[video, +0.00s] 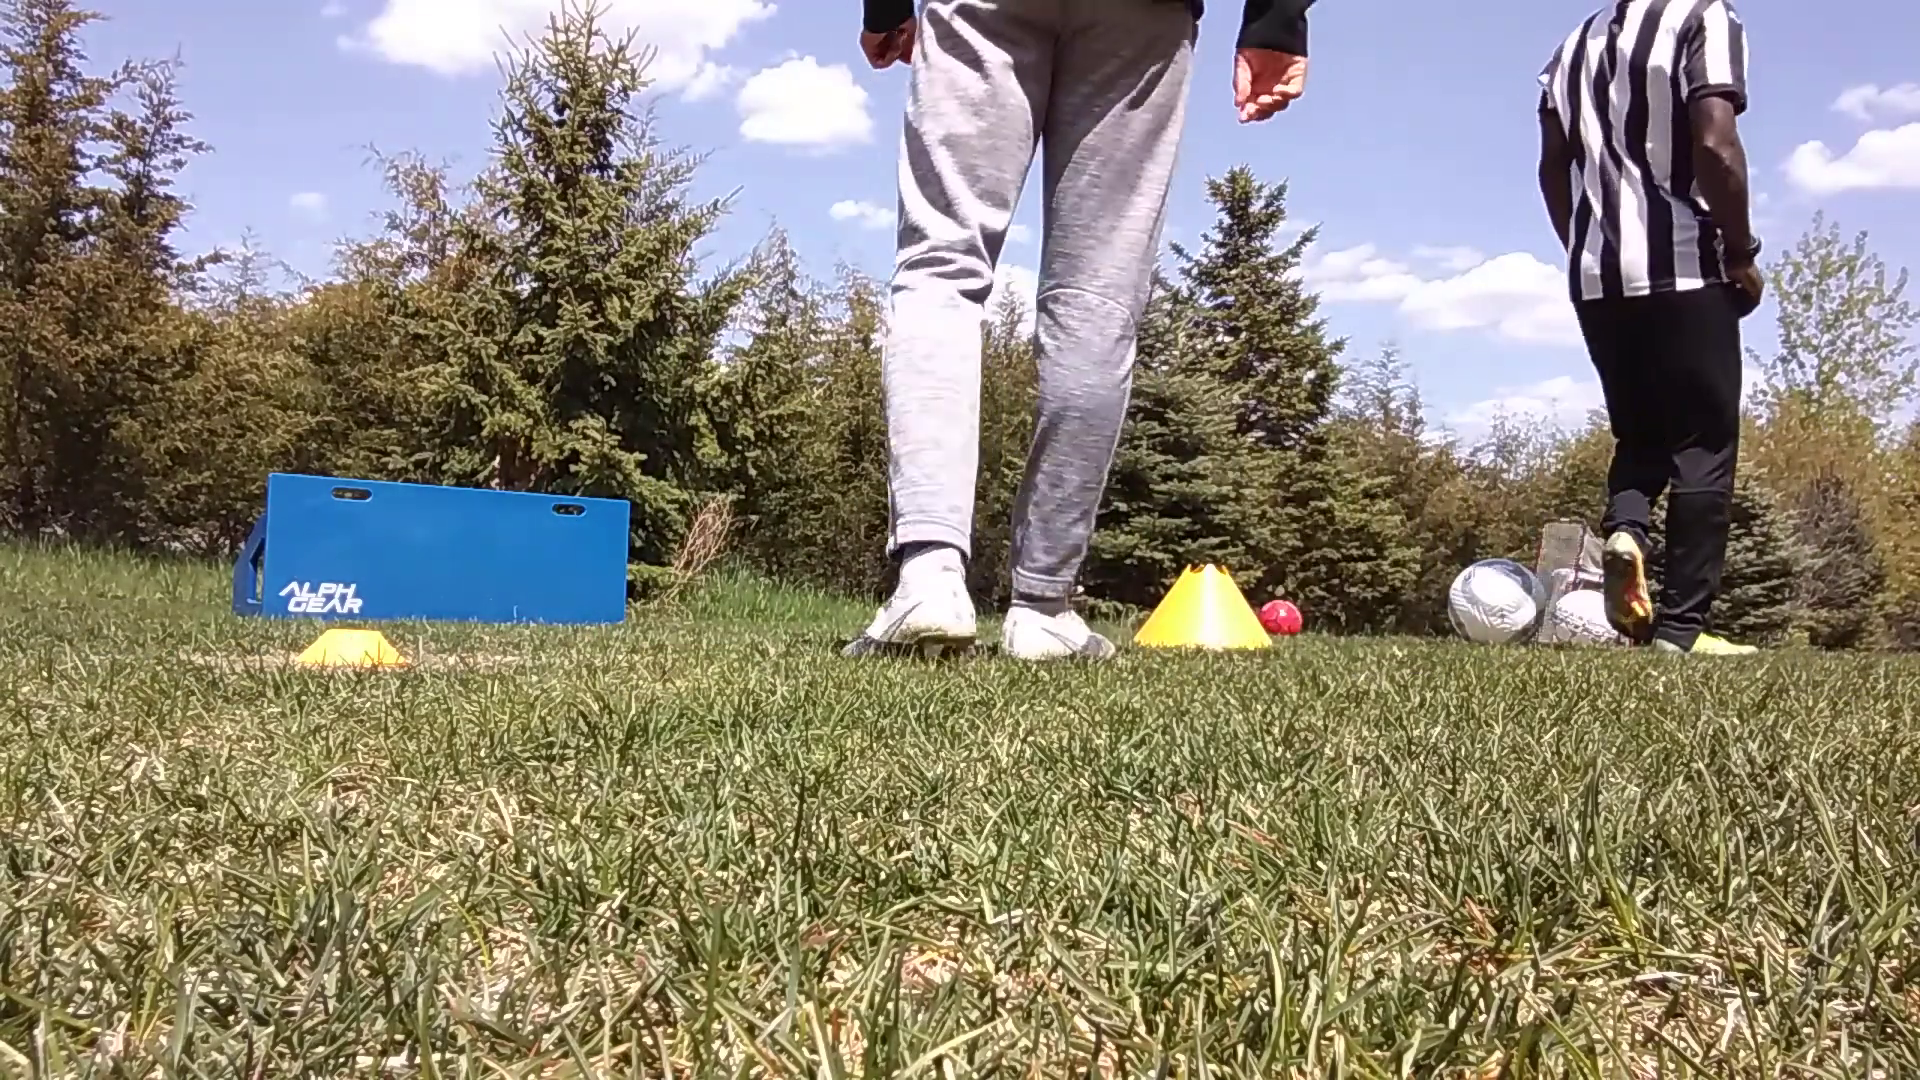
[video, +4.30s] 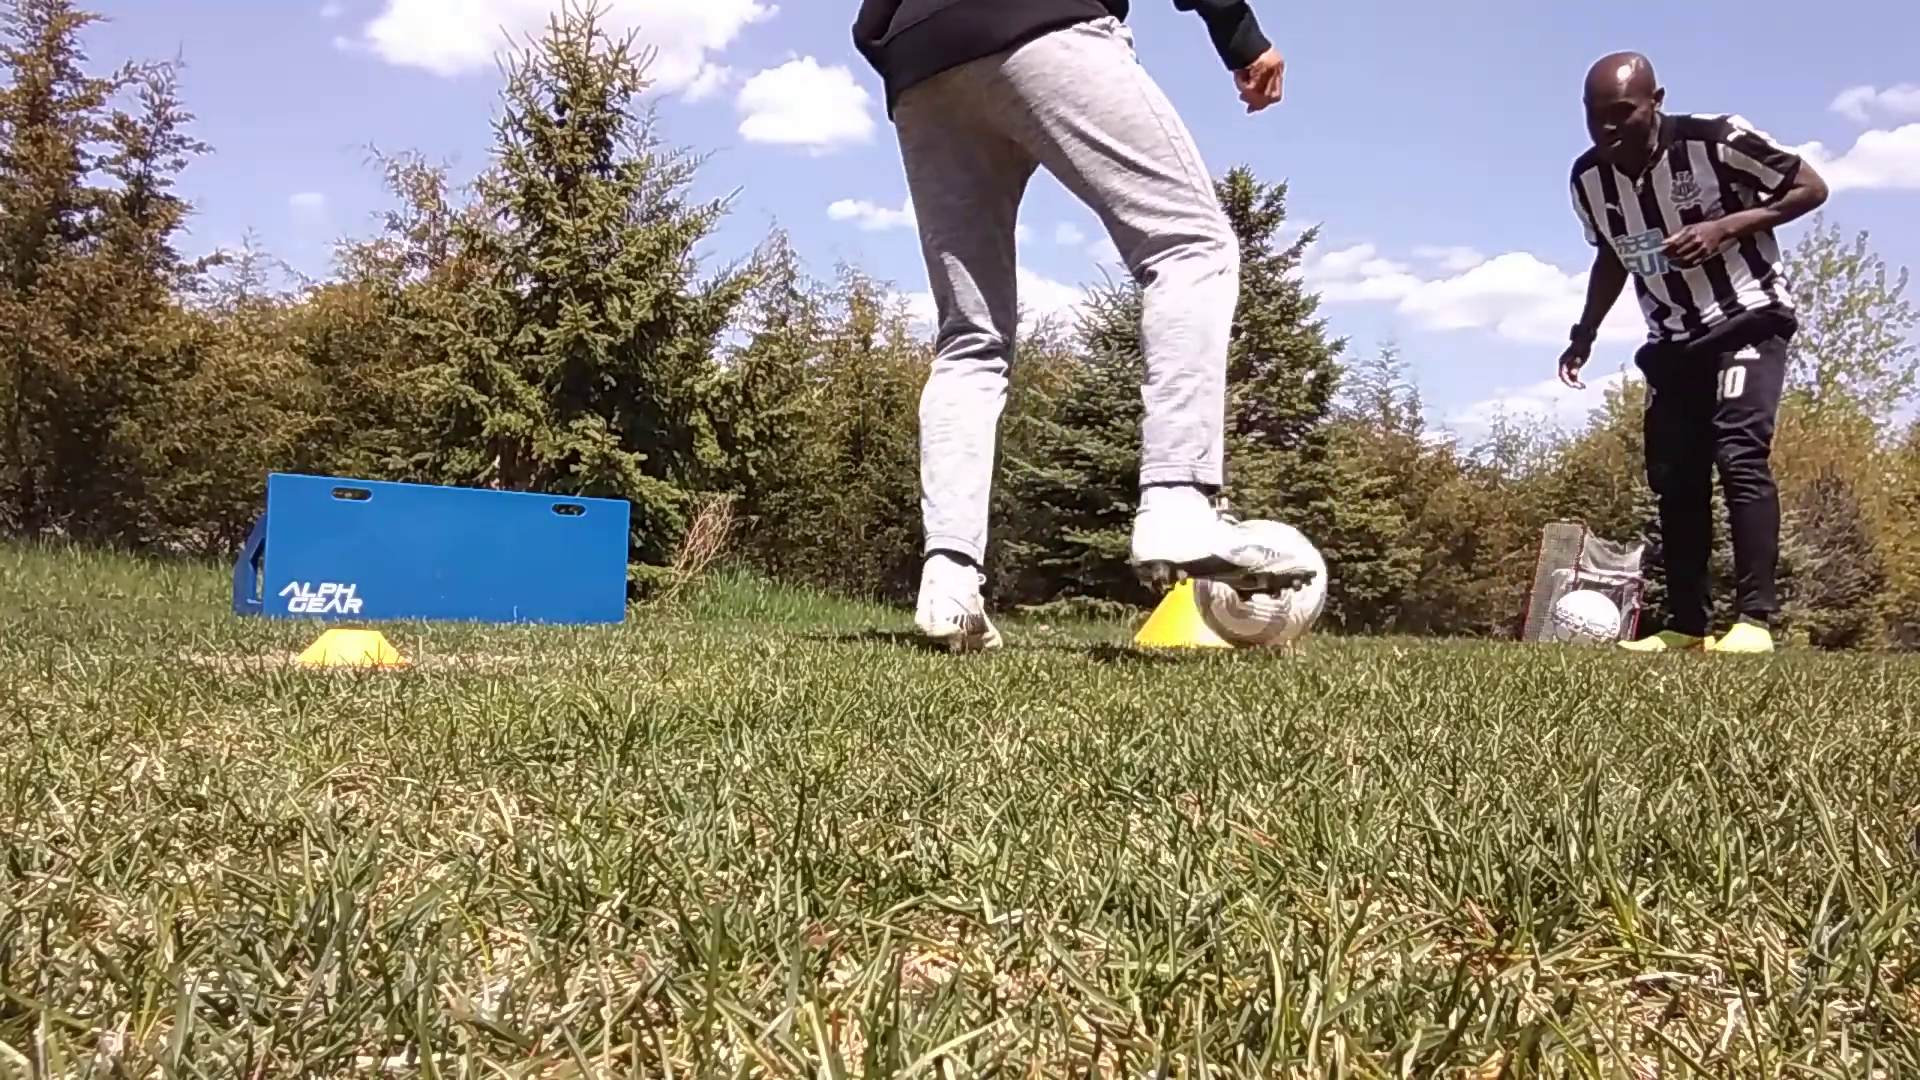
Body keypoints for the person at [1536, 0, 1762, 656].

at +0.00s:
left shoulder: (1570, 45)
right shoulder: (1705, 16)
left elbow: (1553, 172)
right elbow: (1713, 145)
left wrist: (1587, 252)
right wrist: (1741, 251)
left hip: (1597, 278)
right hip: (1683, 270)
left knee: (1639, 434)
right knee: (1707, 444)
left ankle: (1626, 532)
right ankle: (1683, 625)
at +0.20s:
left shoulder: (1649, 45)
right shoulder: (1669, 47)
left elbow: (1593, 167)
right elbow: (1627, 160)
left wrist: (1654, 246)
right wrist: (1692, 261)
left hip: (1634, 284)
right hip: (1653, 282)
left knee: (1684, 446)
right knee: (1695, 447)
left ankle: (1660, 602)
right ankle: (1678, 621)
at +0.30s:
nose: (1686, 11)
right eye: (1667, 2)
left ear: (1713, 9)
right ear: (1637, 12)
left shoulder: (1712, 96)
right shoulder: (1618, 85)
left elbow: (1682, 202)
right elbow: (1568, 194)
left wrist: (1703, 273)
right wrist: (1632, 280)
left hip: (1677, 302)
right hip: (1628, 302)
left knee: (1683, 450)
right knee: (1692, 442)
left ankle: (1658, 614)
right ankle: (1665, 617)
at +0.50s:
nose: (1629, 42)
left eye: (1644, 27)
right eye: (1617, 29)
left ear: (1676, 26)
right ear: (1601, 30)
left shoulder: (1715, 110)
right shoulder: (1565, 108)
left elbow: (1733, 198)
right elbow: (1496, 192)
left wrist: (1710, 272)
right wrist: (1537, 257)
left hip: (1667, 312)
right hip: (1586, 304)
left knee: (1673, 462)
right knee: (1628, 431)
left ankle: (1650, 613)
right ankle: (1614, 595)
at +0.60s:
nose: (1598, 49)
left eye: (1612, 35)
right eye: (1587, 37)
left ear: (1648, 33)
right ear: (1575, 40)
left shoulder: (1696, 109)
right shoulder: (1544, 116)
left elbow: (1726, 182)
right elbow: (1489, 189)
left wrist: (1701, 262)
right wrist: (1516, 261)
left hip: (1656, 313)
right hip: (1571, 311)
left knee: (1662, 468)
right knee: (1561, 457)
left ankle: (1646, 617)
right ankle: (1541, 602)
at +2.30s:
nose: (1593, 125)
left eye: (1605, 109)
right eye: (1585, 110)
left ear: (1646, 89)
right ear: (1578, 102)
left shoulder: (1718, 133)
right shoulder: (1576, 156)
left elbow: (1806, 198)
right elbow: (1586, 233)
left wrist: (1721, 219)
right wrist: (1558, 314)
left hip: (1727, 318)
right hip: (1646, 325)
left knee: (1718, 450)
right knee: (1600, 450)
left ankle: (1734, 624)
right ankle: (1595, 608)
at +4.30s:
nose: (1606, 131)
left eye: (1620, 115)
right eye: (1595, 118)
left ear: (1655, 103)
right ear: (1586, 115)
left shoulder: (1718, 140)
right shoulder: (1589, 179)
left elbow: (1811, 187)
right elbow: (1612, 256)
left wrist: (1725, 226)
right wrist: (1586, 330)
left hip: (1748, 324)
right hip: (1673, 340)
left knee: (1739, 457)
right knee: (1674, 477)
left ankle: (1754, 621)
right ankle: (1687, 625)